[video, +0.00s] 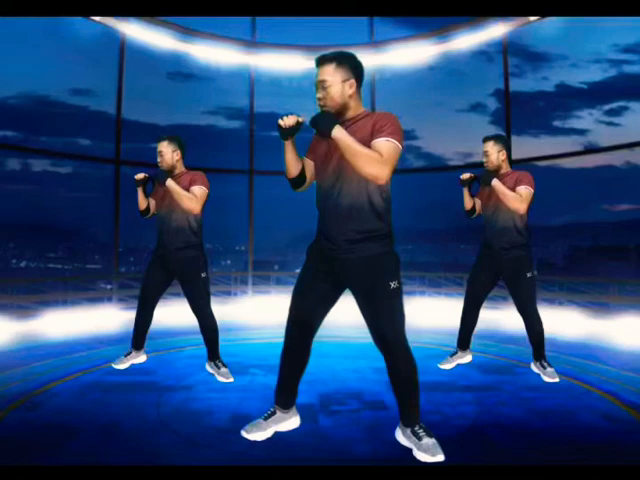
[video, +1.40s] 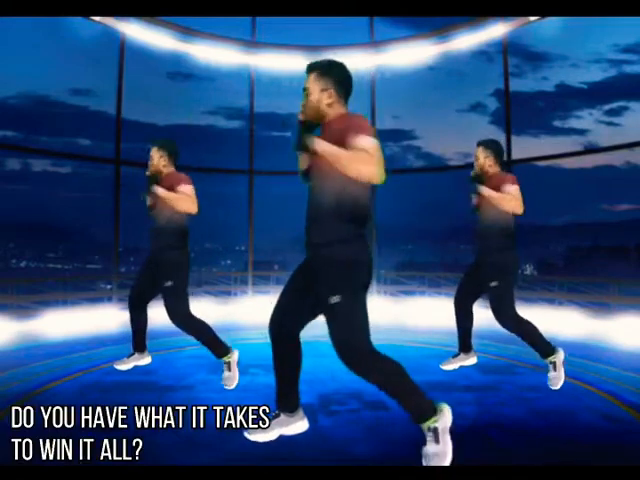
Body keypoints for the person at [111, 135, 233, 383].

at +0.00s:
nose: (159, 158)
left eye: (162, 153)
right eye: (158, 154)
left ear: (177, 154)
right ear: (166, 157)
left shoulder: (196, 178)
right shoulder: (162, 184)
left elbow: (195, 207)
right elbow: (146, 211)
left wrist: (169, 182)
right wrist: (140, 187)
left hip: (190, 255)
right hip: (164, 255)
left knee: (202, 309)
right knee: (146, 301)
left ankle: (215, 360)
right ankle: (137, 351)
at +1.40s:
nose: (150, 160)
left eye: (153, 156)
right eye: (150, 156)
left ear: (165, 158)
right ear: (159, 159)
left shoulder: (179, 180)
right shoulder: (158, 182)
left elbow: (191, 206)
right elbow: (159, 209)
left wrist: (160, 192)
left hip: (174, 256)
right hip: (158, 255)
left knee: (179, 315)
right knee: (137, 299)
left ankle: (227, 356)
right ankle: (140, 353)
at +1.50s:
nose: (156, 164)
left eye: (160, 160)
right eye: (155, 160)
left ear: (169, 162)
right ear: (161, 162)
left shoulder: (170, 180)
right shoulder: (173, 182)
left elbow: (140, 183)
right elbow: (139, 183)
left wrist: (117, 178)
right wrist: (121, 180)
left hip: (172, 256)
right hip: (160, 255)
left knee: (180, 315)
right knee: (136, 297)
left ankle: (230, 356)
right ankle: (140, 352)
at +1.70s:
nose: (146, 160)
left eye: (150, 155)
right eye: (146, 156)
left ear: (163, 157)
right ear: (151, 159)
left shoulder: (179, 178)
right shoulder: (153, 182)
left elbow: (175, 197)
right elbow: (145, 211)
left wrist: (153, 179)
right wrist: (143, 189)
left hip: (177, 256)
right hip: (157, 255)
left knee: (191, 310)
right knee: (136, 300)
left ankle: (232, 358)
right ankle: (140, 354)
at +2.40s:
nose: (169, 163)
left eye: (173, 158)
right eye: (164, 159)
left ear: (182, 160)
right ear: (159, 163)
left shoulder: (197, 185)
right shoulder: (155, 193)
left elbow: (210, 215)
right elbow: (138, 219)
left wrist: (187, 188)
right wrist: (129, 195)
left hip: (193, 263)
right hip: (162, 263)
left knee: (210, 316)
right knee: (137, 306)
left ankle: (218, 362)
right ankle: (139, 353)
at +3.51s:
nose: (175, 156)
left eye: (180, 151)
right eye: (170, 151)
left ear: (189, 155)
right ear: (165, 155)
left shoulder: (200, 182)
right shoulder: (154, 180)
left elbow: (212, 213)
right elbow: (123, 190)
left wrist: (192, 188)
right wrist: (107, 178)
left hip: (190, 259)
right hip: (159, 257)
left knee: (206, 314)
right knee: (135, 302)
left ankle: (213, 365)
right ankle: (142, 353)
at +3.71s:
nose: (156, 158)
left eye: (161, 154)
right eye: (153, 155)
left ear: (172, 158)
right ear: (149, 160)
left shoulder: (183, 184)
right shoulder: (152, 185)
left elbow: (192, 217)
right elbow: (140, 199)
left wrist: (168, 199)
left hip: (174, 257)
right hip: (154, 256)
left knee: (185, 312)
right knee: (133, 300)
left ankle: (228, 353)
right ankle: (141, 354)